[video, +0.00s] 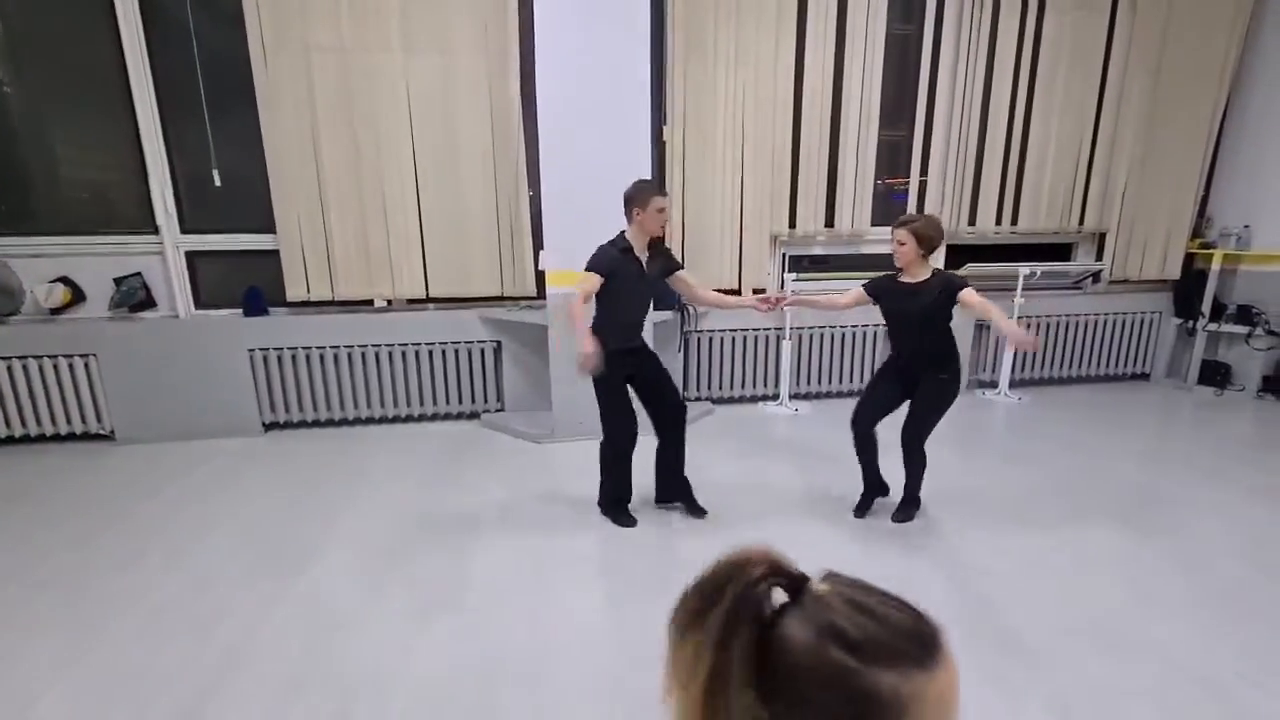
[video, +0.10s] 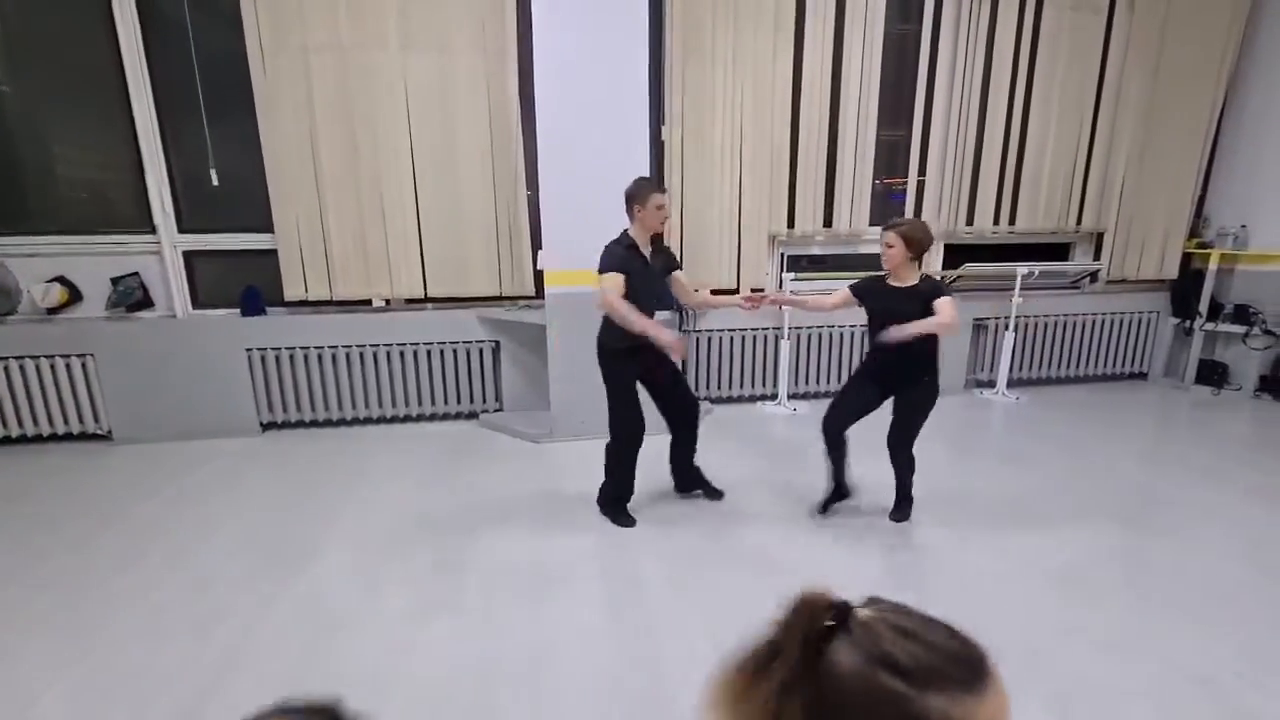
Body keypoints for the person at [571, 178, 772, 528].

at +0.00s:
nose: (666, 218)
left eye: (667, 211)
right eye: (659, 211)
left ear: (647, 214)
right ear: (636, 213)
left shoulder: (659, 255)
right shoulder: (609, 255)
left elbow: (695, 294)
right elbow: (579, 299)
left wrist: (750, 301)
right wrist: (585, 340)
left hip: (636, 350)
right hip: (605, 353)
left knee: (672, 412)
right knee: (621, 428)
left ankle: (671, 490)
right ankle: (613, 502)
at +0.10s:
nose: (666, 214)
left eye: (666, 208)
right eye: (659, 208)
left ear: (656, 211)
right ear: (636, 210)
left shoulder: (662, 254)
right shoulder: (616, 253)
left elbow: (690, 298)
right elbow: (611, 302)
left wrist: (738, 300)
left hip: (650, 348)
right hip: (617, 350)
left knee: (685, 409)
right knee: (629, 429)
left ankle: (686, 477)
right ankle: (612, 500)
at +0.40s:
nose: (701, 208)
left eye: (701, 201)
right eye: (694, 201)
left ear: (679, 206)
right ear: (673, 205)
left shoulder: (672, 239)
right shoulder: (675, 240)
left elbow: (685, 291)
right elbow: (724, 272)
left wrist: (723, 290)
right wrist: (749, 281)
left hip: (681, 340)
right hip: (659, 342)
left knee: (707, 407)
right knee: (640, 420)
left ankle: (713, 472)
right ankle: (612, 497)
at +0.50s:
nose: (705, 205)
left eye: (706, 199)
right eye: (698, 199)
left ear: (692, 202)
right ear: (678, 202)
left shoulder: (675, 235)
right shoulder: (682, 231)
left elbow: (672, 291)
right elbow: (719, 241)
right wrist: (749, 244)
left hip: (684, 338)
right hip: (662, 340)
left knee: (706, 408)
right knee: (639, 416)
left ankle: (711, 472)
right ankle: (609, 488)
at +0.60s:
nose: (700, 204)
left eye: (702, 198)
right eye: (692, 198)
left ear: (701, 199)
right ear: (674, 199)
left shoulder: (683, 234)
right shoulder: (671, 227)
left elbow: (682, 288)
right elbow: (703, 219)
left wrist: (702, 315)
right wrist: (736, 211)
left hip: (685, 336)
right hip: (662, 335)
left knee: (705, 405)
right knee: (640, 411)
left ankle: (709, 470)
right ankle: (605, 478)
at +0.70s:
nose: (693, 205)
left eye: (695, 199)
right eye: (687, 198)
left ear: (695, 200)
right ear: (670, 199)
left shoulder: (697, 233)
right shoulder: (658, 227)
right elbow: (700, 194)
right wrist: (744, 187)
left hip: (695, 332)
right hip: (659, 333)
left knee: (704, 404)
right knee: (638, 409)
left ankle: (708, 469)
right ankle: (605, 482)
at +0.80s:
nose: (679, 201)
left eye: (682, 194)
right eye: (673, 193)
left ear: (685, 199)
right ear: (660, 197)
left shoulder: (693, 233)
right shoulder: (649, 233)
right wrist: (702, 174)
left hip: (687, 334)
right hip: (652, 335)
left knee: (706, 404)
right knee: (633, 410)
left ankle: (710, 472)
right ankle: (604, 480)